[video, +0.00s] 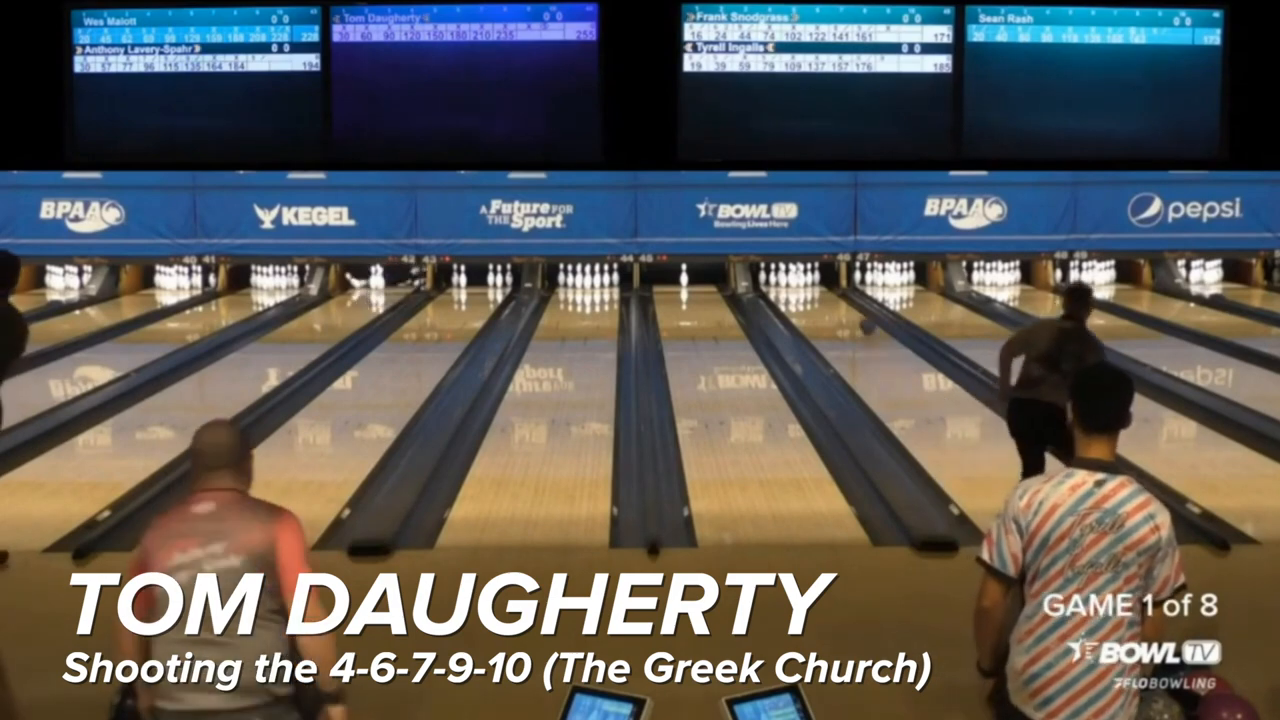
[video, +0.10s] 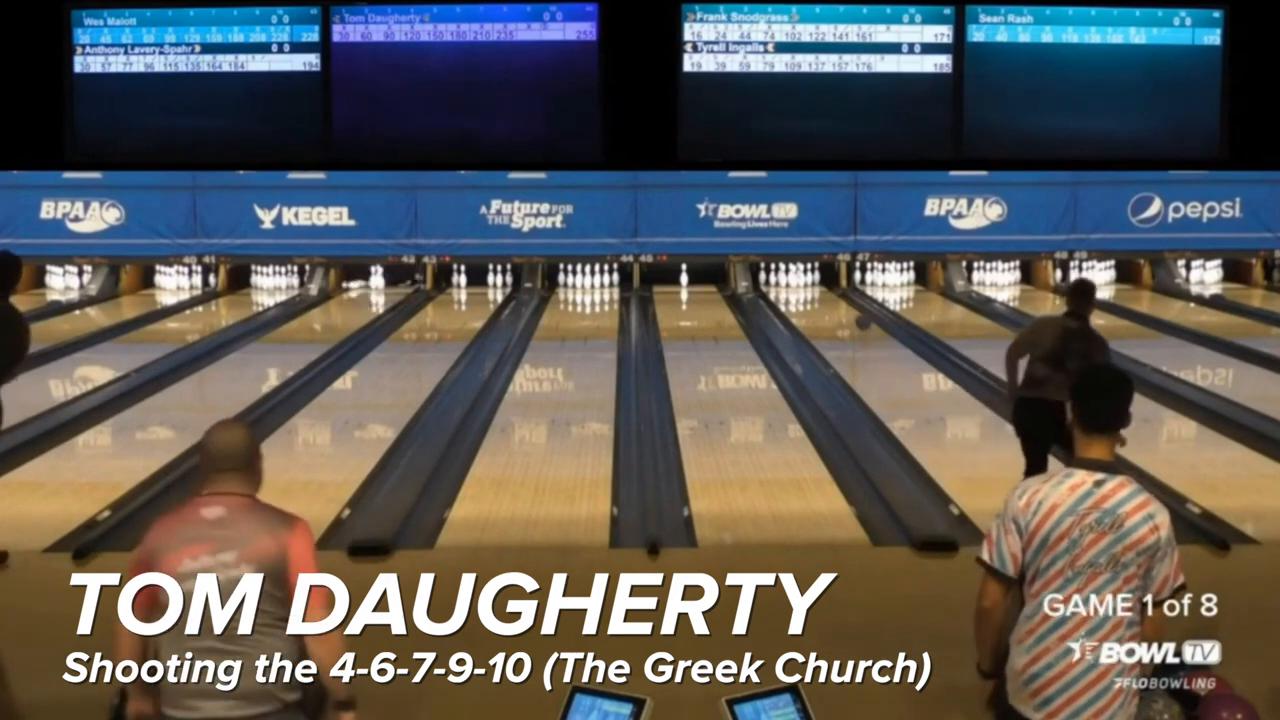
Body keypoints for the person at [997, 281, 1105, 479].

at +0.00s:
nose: (1086, 310)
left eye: (1082, 304)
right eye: (1087, 305)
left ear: (1064, 303)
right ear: (1089, 308)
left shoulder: (1042, 329)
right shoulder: (1091, 345)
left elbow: (1007, 352)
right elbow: (1095, 386)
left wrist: (1004, 389)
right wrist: (1081, 420)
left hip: (1021, 407)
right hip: (1054, 413)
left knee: (1032, 471)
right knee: (1081, 465)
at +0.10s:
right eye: (1089, 301)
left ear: (1067, 299)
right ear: (1092, 304)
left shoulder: (1044, 326)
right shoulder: (1096, 343)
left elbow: (1012, 353)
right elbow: (1102, 384)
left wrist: (1013, 391)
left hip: (1027, 407)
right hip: (1063, 412)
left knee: (1035, 468)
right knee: (1081, 463)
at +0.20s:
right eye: (1092, 296)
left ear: (1072, 295)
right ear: (1096, 299)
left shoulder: (1047, 324)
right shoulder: (1101, 340)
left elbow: (1019, 353)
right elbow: (1109, 384)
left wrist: (1021, 389)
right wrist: (1118, 416)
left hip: (1036, 408)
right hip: (1077, 413)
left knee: (1038, 471)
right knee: (1086, 469)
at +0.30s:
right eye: (1102, 292)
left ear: (1081, 290)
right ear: (1107, 294)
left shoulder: (1056, 321)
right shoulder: (1117, 336)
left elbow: (1034, 357)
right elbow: (1129, 385)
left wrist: (1041, 387)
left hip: (1054, 407)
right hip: (1098, 410)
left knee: (1049, 466)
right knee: (1112, 469)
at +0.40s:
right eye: (1110, 287)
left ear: (1089, 287)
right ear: (1116, 291)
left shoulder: (1064, 320)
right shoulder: (1125, 331)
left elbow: (1045, 358)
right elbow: (1135, 376)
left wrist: (1049, 387)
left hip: (1063, 405)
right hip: (1105, 409)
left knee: (1054, 467)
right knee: (1117, 474)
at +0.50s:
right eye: (1120, 284)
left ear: (1098, 283)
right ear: (1123, 287)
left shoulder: (1073, 318)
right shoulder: (1132, 324)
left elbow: (1058, 361)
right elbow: (1147, 364)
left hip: (1071, 401)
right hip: (1112, 407)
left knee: (1069, 467)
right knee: (1122, 476)